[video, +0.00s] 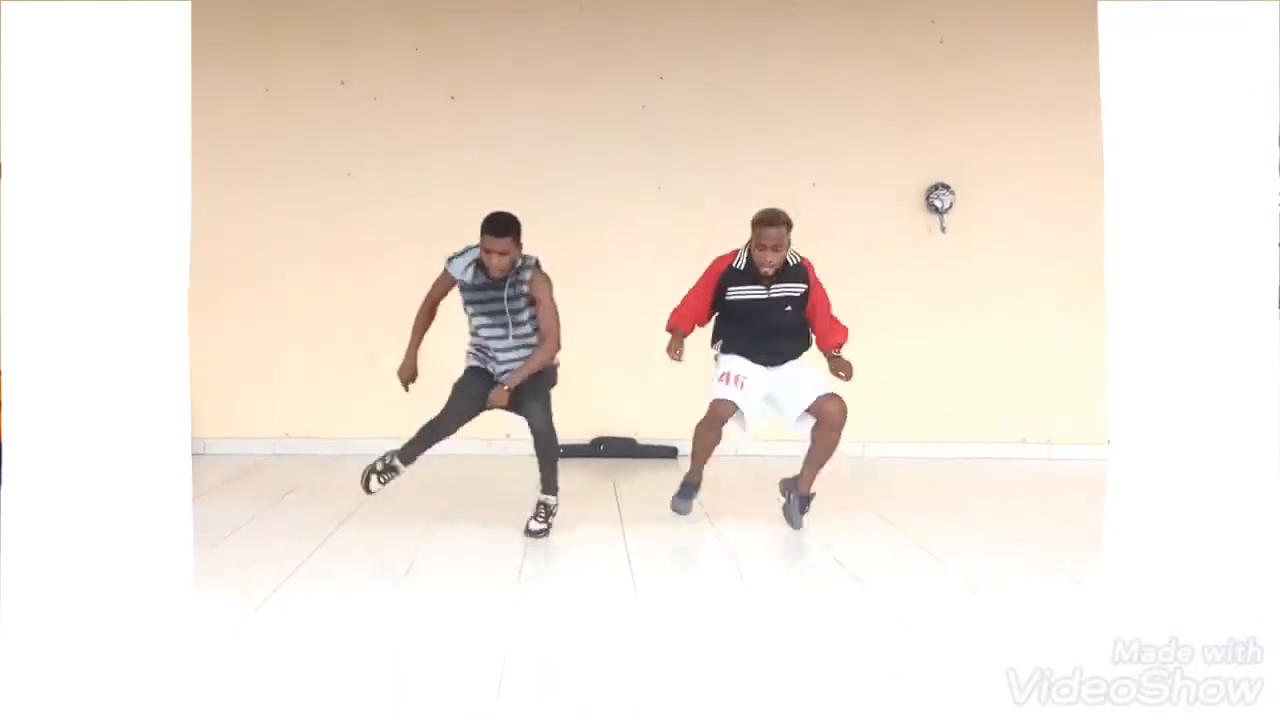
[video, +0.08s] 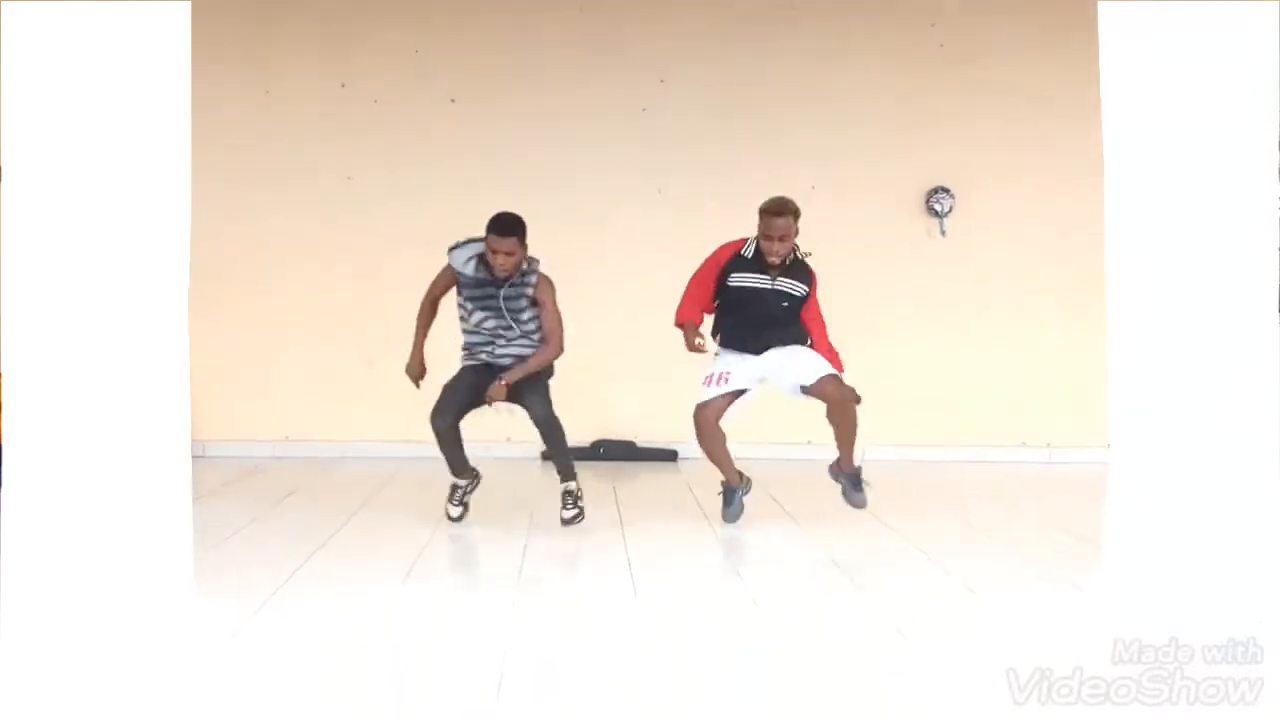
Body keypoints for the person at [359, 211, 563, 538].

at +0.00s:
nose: (495, 262)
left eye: (504, 254)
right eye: (489, 253)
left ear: (518, 249)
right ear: (480, 246)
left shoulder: (534, 279)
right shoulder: (462, 267)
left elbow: (551, 344)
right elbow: (431, 302)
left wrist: (510, 385)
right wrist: (411, 355)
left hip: (530, 368)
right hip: (484, 366)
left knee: (540, 422)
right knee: (449, 420)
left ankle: (548, 499)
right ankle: (397, 461)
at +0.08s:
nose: (501, 261)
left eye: (509, 254)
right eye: (494, 253)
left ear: (523, 250)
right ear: (485, 247)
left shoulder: (538, 284)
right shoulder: (462, 268)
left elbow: (554, 346)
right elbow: (431, 298)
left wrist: (508, 379)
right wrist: (417, 352)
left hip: (526, 366)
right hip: (480, 366)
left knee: (541, 412)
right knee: (441, 419)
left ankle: (569, 484)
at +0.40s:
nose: (493, 290)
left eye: (501, 283)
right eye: (488, 283)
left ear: (518, 280)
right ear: (481, 279)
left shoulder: (533, 303)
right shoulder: (471, 307)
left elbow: (545, 357)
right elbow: (453, 344)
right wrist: (429, 389)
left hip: (525, 407)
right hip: (481, 400)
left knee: (562, 457)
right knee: (442, 427)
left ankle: (527, 495)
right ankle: (427, 481)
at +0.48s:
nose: (490, 319)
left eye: (498, 312)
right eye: (484, 311)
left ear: (514, 309)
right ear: (476, 306)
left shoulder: (530, 332)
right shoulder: (467, 328)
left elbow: (548, 391)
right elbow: (447, 372)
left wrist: (511, 436)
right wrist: (424, 419)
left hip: (528, 419)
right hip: (487, 414)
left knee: (557, 464)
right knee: (442, 432)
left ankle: (532, 499)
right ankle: (450, 487)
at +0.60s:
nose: (489, 347)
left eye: (498, 340)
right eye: (483, 339)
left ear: (512, 338)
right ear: (475, 336)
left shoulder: (532, 362)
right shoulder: (460, 359)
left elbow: (577, 398)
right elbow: (430, 396)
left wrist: (544, 433)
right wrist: (407, 437)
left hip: (524, 438)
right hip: (481, 437)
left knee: (552, 469)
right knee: (428, 447)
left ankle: (544, 504)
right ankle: (461, 505)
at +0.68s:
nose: (486, 346)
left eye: (495, 339)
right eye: (481, 338)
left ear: (510, 339)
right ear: (474, 335)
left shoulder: (531, 361)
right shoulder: (457, 363)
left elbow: (590, 371)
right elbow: (414, 390)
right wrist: (373, 421)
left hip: (523, 449)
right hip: (476, 446)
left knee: (556, 473)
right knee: (421, 448)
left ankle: (537, 504)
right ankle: (457, 503)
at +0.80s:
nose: (490, 306)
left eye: (499, 299)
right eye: (485, 298)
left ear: (515, 298)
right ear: (479, 294)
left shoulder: (531, 318)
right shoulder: (463, 324)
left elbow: (578, 335)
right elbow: (424, 351)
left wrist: (534, 333)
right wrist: (387, 386)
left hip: (526, 429)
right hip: (476, 425)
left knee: (566, 469)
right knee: (418, 450)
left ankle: (533, 500)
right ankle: (450, 500)